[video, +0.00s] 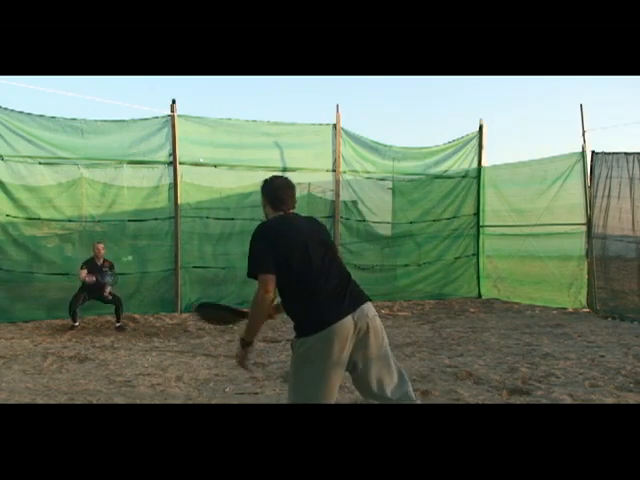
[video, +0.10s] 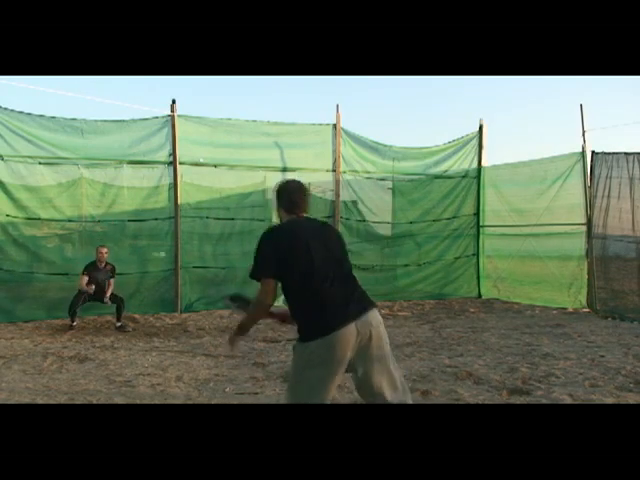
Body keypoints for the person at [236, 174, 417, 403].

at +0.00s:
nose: (262, 208)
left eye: (262, 203)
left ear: (265, 205)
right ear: (293, 203)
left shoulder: (265, 232)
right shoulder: (312, 223)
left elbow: (266, 293)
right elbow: (320, 275)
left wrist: (246, 342)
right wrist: (278, 308)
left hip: (323, 331)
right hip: (363, 312)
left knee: (309, 399)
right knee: (393, 390)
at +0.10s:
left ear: (279, 208)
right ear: (306, 205)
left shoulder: (273, 237)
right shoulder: (328, 230)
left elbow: (266, 299)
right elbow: (336, 287)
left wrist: (244, 326)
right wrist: (294, 314)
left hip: (325, 336)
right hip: (369, 321)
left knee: (305, 398)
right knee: (391, 396)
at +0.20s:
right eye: (322, 214)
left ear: (298, 218)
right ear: (325, 217)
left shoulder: (287, 248)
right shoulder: (344, 243)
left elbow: (271, 307)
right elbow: (361, 291)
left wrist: (259, 310)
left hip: (327, 350)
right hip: (374, 338)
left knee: (299, 399)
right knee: (391, 399)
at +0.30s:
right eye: (346, 231)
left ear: (322, 235)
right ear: (348, 236)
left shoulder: (306, 263)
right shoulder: (365, 262)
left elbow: (283, 315)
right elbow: (385, 310)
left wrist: (273, 303)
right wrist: (393, 340)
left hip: (338, 364)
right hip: (386, 353)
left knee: (296, 400)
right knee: (394, 398)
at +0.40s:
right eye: (370, 249)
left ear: (343, 249)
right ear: (369, 252)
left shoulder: (328, 276)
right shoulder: (385, 275)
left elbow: (298, 326)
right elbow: (409, 329)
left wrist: (277, 317)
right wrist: (421, 369)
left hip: (356, 375)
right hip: (404, 365)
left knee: (302, 399)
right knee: (402, 397)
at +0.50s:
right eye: (381, 253)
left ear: (355, 252)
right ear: (383, 254)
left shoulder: (343, 276)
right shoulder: (395, 276)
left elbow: (318, 328)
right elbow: (418, 328)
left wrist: (280, 332)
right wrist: (430, 362)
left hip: (373, 373)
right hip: (417, 366)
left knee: (312, 398)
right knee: (406, 398)